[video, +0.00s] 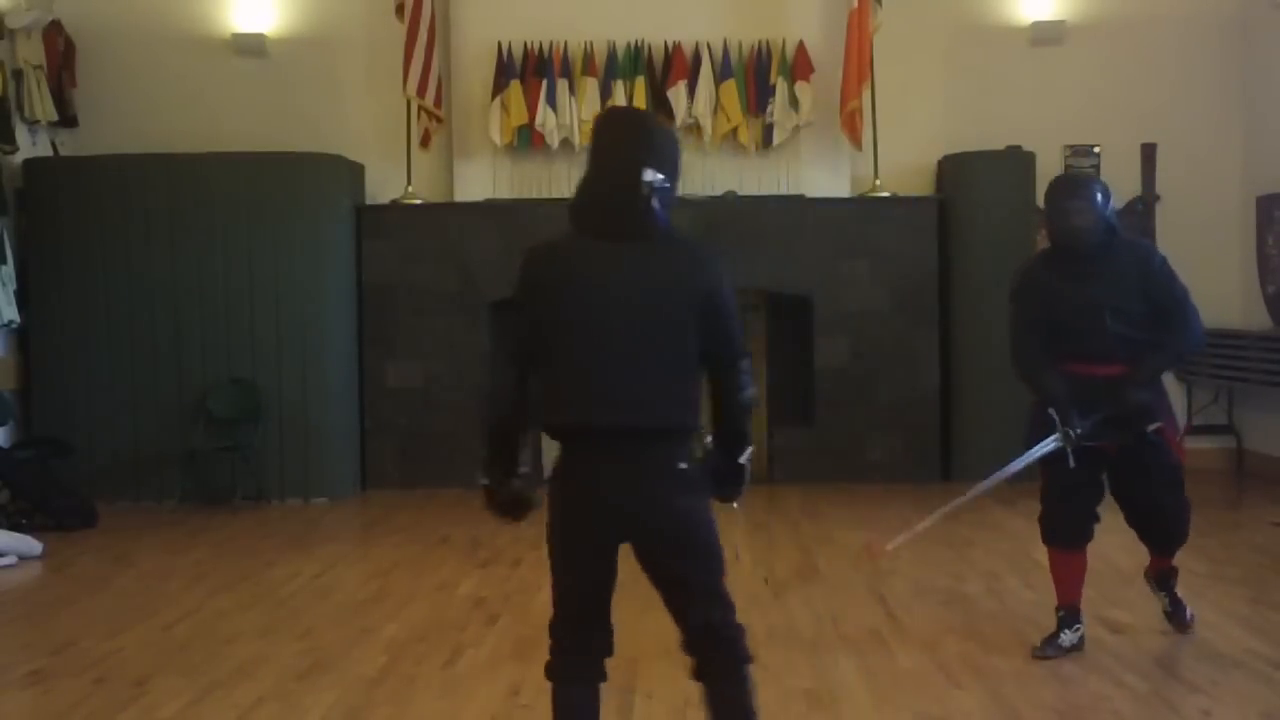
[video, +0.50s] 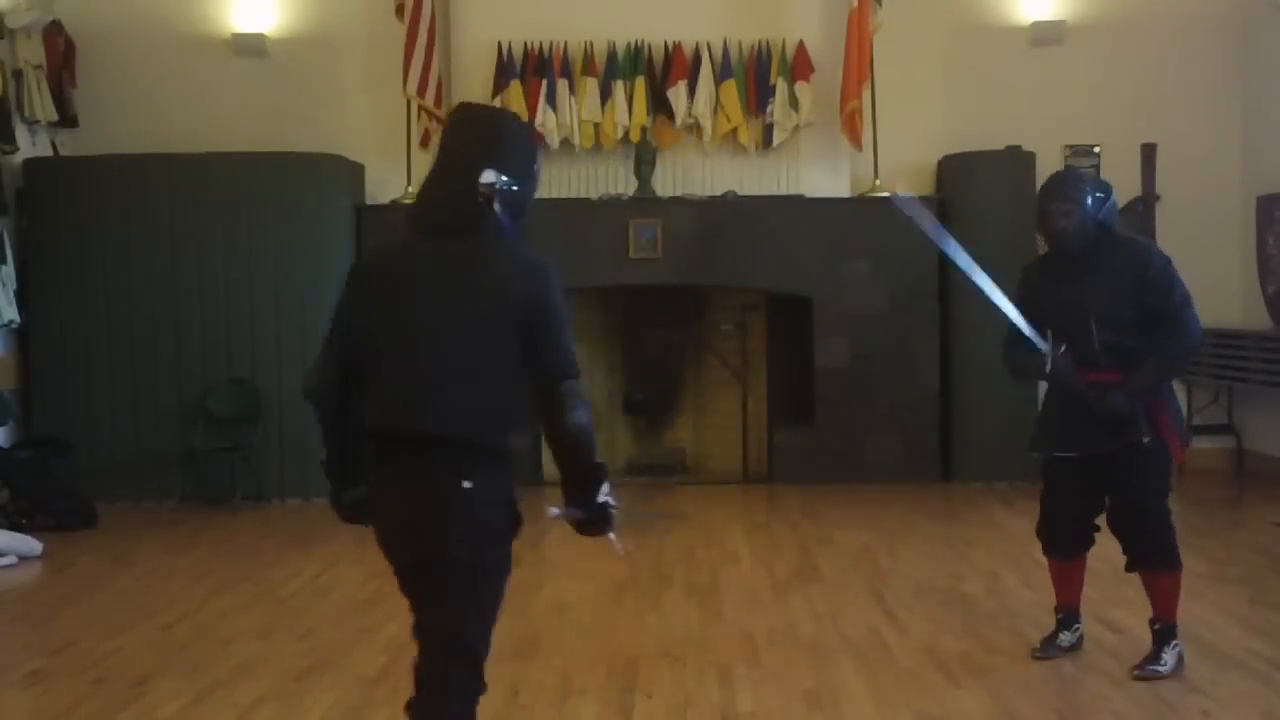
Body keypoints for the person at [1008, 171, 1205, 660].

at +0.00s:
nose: (1078, 225)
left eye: (1086, 213)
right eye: (1067, 214)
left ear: (1106, 213)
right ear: (1049, 220)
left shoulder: (1140, 261)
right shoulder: (1035, 277)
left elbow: (1188, 332)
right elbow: (1026, 353)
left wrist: (1137, 379)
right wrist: (1061, 400)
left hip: (1136, 407)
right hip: (1067, 410)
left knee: (1167, 514)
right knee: (1064, 518)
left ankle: (1161, 577)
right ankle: (1069, 624)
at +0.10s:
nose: (1065, 220)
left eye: (1074, 208)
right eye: (1055, 209)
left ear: (1097, 209)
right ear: (1042, 215)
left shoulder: (1134, 257)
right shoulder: (1030, 273)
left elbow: (1182, 326)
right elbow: (1021, 351)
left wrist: (1135, 376)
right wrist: (1054, 401)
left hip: (1132, 409)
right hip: (1064, 413)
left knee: (1163, 511)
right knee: (1062, 521)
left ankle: (1166, 585)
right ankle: (1069, 623)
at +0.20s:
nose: (1057, 220)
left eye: (1066, 208)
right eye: (1048, 209)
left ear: (1091, 208)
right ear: (1036, 215)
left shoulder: (1131, 255)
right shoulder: (1026, 273)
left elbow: (1180, 322)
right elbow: (1016, 351)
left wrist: (1130, 376)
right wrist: (1051, 401)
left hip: (1129, 411)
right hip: (1062, 415)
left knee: (1158, 514)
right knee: (1060, 522)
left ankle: (1168, 607)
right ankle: (1069, 624)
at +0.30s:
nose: (1054, 220)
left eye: (1064, 208)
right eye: (1045, 210)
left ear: (1089, 207)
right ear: (1035, 216)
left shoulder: (1131, 255)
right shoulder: (1026, 272)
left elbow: (1181, 322)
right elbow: (1014, 349)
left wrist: (1127, 385)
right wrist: (1049, 400)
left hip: (1130, 418)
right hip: (1063, 419)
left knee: (1151, 524)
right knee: (1059, 526)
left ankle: (1170, 629)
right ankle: (1068, 627)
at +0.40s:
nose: (1053, 222)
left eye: (1063, 210)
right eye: (1045, 211)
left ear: (1091, 209)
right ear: (1036, 216)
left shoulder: (1134, 258)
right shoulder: (1029, 273)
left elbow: (1181, 328)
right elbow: (1014, 350)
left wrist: (1133, 386)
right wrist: (1052, 382)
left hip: (1133, 422)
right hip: (1063, 422)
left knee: (1146, 524)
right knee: (1058, 525)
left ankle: (1167, 633)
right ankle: (1068, 625)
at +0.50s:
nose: (1050, 225)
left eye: (1061, 214)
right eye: (1045, 214)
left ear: (1094, 213)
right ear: (1040, 217)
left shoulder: (1140, 261)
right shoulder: (1040, 274)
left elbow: (1185, 337)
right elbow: (1017, 357)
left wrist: (1131, 391)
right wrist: (1035, 359)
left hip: (1139, 423)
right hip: (1071, 421)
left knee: (1146, 526)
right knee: (1061, 524)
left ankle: (1166, 640)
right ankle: (1067, 626)